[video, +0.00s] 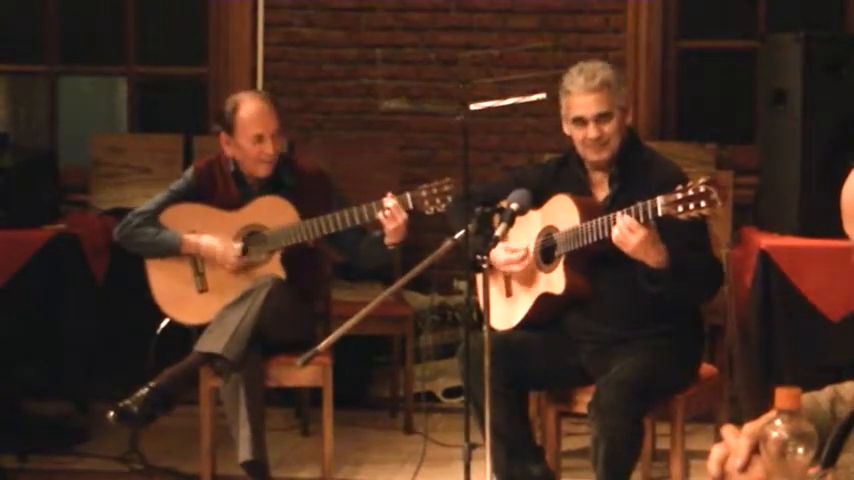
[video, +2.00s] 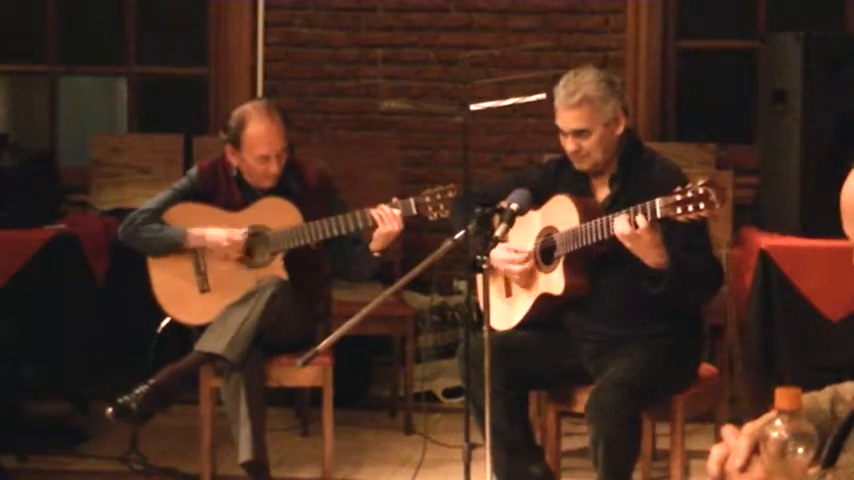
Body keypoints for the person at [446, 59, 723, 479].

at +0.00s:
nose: (593, 133)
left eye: (603, 119)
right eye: (579, 122)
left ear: (626, 115)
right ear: (564, 124)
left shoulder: (665, 183)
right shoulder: (555, 177)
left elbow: (706, 280)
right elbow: (464, 205)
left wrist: (659, 258)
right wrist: (488, 249)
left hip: (655, 341)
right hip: (575, 337)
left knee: (613, 399)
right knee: (486, 355)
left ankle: (610, 474)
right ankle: (523, 471)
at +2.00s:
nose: (571, 146)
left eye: (582, 134)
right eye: (563, 134)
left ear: (619, 124)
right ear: (556, 128)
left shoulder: (663, 183)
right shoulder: (558, 176)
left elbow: (706, 281)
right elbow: (470, 204)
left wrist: (660, 261)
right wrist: (487, 250)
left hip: (655, 342)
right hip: (574, 336)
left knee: (610, 400)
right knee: (484, 352)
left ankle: (612, 474)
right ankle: (523, 471)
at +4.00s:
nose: (550, 139)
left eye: (559, 129)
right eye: (549, 127)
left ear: (599, 128)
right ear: (593, 129)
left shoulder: (666, 186)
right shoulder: (557, 178)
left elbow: (705, 285)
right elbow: (467, 204)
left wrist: (661, 261)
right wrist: (489, 249)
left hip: (654, 343)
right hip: (574, 336)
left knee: (613, 404)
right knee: (484, 355)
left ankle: (613, 474)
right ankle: (523, 471)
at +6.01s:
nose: (640, 156)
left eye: (653, 137)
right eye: (622, 142)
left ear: (684, 116)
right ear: (604, 129)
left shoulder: (735, 192)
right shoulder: (591, 179)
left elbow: (774, 332)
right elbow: (475, 209)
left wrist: (723, 306)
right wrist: (503, 277)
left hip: (717, 394)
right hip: (612, 388)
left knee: (672, 460)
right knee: (498, 406)